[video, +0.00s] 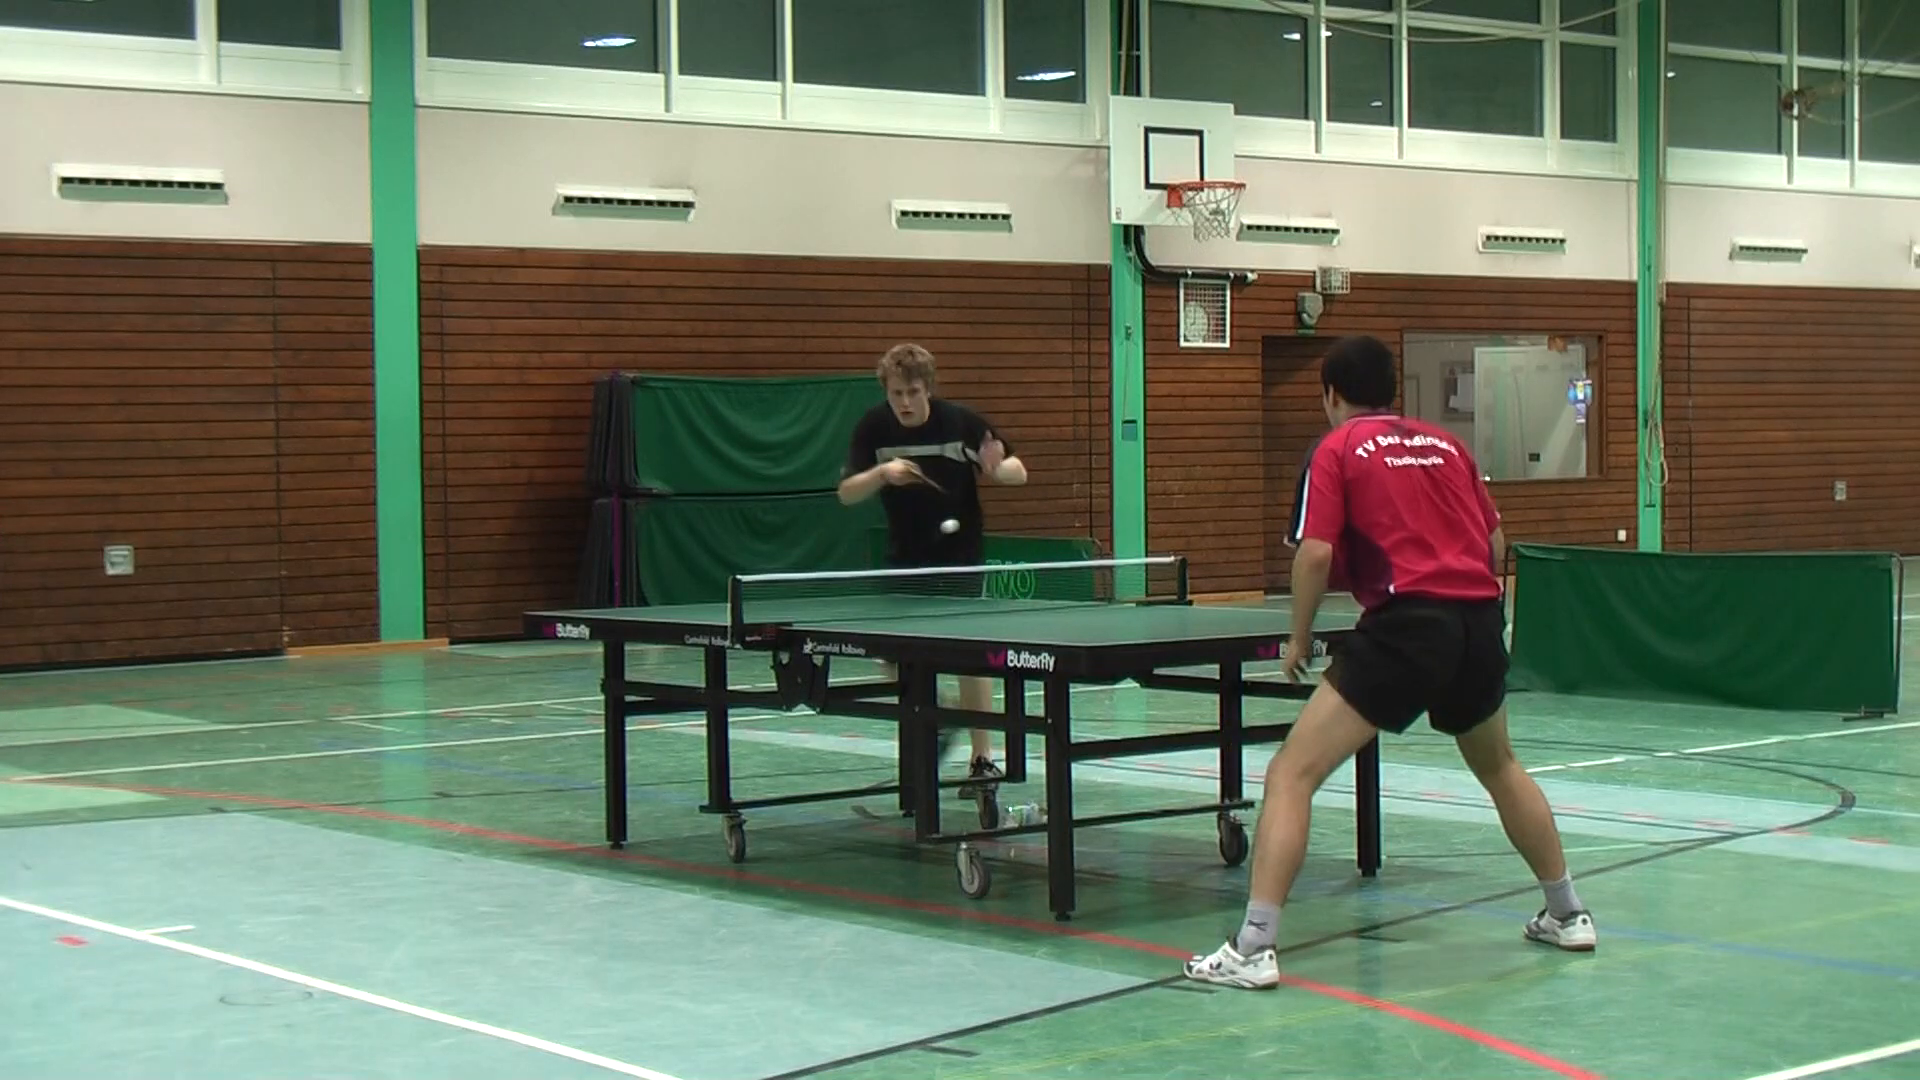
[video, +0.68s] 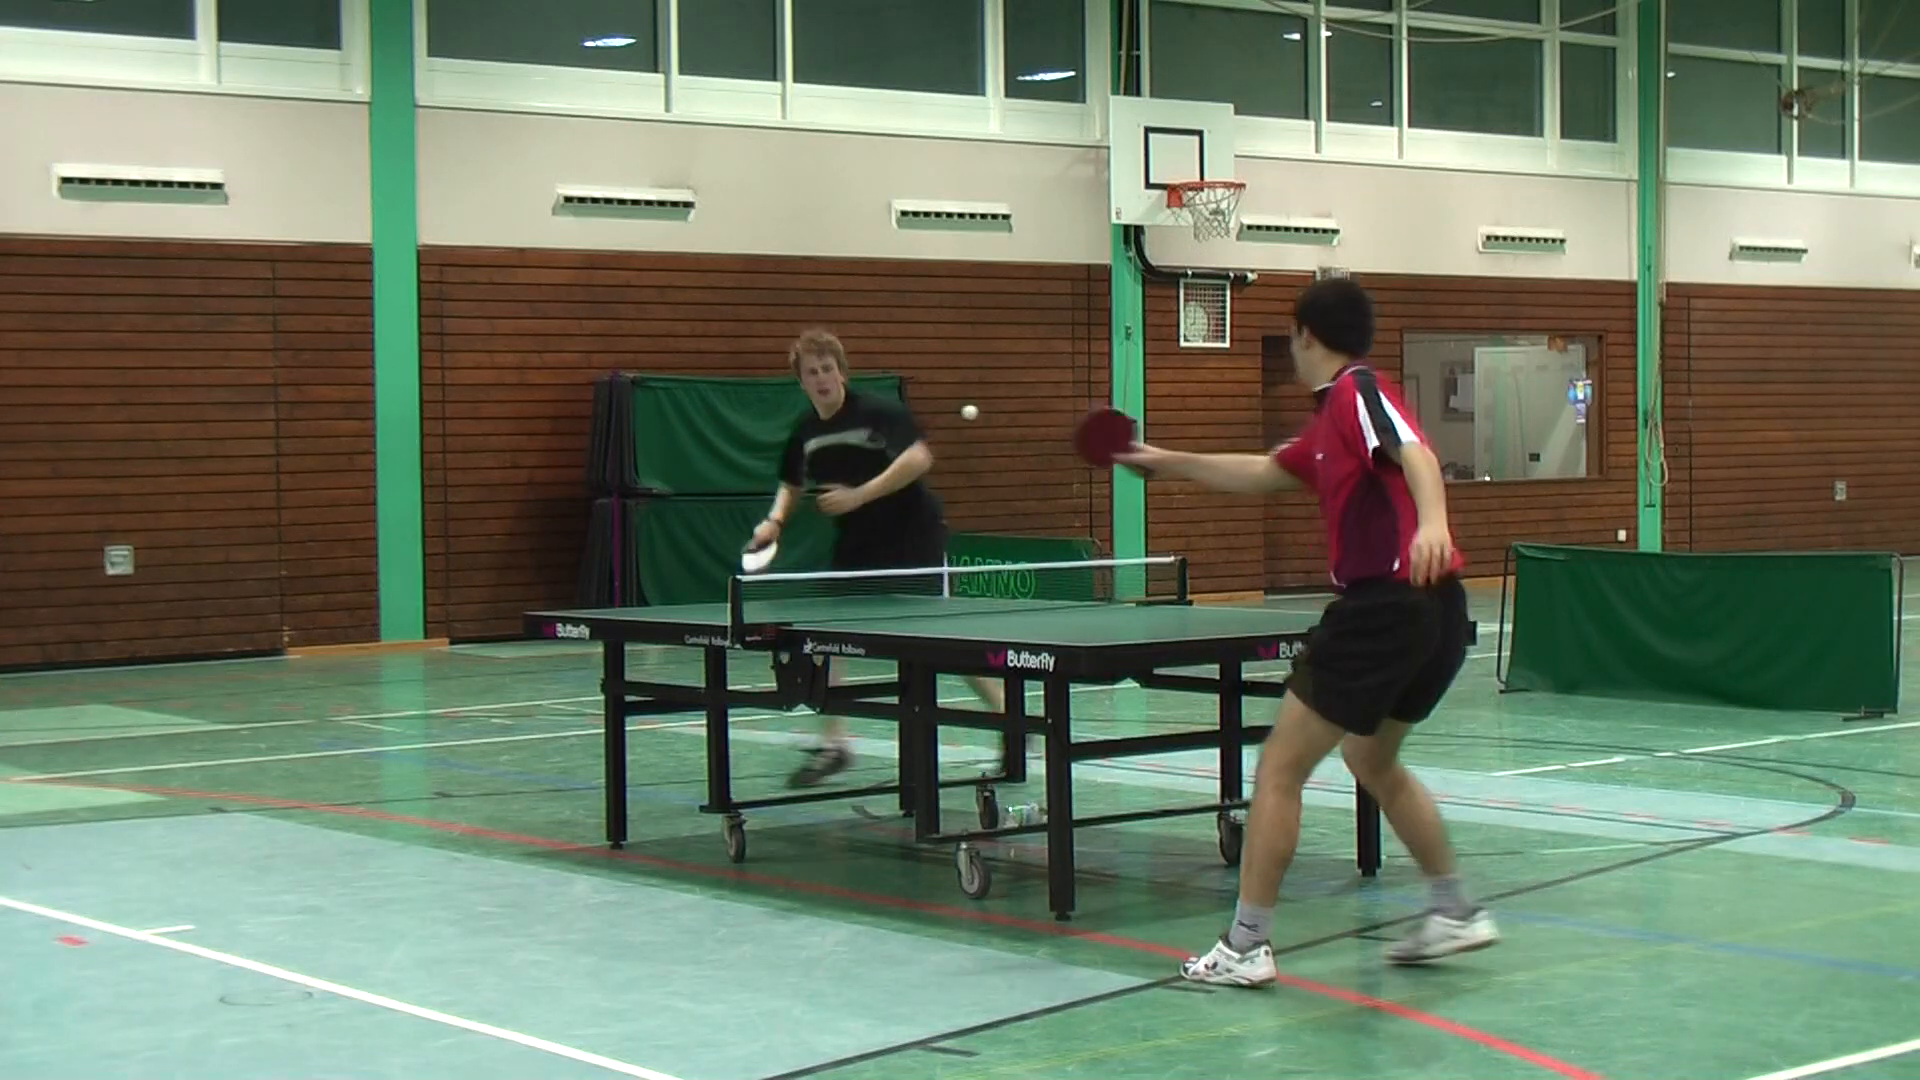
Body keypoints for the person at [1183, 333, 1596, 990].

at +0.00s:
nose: (1323, 406)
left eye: (1323, 397)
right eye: (1325, 397)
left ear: (1335, 396)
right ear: (1389, 393)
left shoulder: (1336, 449)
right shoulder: (1446, 442)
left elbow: (1316, 553)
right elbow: (1492, 542)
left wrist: (1299, 640)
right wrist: (1476, 619)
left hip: (1405, 627)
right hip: (1480, 627)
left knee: (1294, 773)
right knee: (1501, 766)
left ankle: (1253, 945)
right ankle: (1568, 913)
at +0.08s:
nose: (1320, 403)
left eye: (1319, 392)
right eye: (1322, 392)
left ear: (1331, 390)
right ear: (1386, 389)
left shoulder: (1343, 445)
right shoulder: (1445, 440)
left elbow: (1324, 553)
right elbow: (1490, 538)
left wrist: (1286, 634)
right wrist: (1467, 609)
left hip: (1404, 628)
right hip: (1479, 627)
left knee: (1290, 772)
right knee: (1500, 766)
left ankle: (1251, 943)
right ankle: (1567, 912)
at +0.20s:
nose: (1295, 411)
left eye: (1292, 398)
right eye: (1292, 400)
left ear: (1309, 391)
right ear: (1356, 385)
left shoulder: (1352, 442)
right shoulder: (1402, 435)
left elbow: (1352, 554)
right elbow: (1419, 541)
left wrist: (1287, 639)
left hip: (1412, 635)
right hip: (1475, 628)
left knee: (1288, 769)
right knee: (1484, 765)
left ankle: (1251, 945)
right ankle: (1566, 910)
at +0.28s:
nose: (1265, 402)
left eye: (1266, 388)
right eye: (1266, 389)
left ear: (1286, 389)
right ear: (1320, 384)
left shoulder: (1353, 436)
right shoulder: (1340, 448)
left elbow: (1375, 535)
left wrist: (1306, 628)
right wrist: (1248, 620)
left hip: (1411, 636)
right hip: (1457, 629)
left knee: (1283, 768)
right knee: (1474, 770)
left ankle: (1251, 947)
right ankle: (1564, 907)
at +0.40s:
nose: (1242, 393)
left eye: (1243, 378)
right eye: (1241, 379)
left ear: (1267, 373)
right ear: (1292, 373)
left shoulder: (1346, 420)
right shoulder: (1285, 464)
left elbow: (1398, 488)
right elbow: (1236, 555)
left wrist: (1361, 553)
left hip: (1392, 623)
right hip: (1424, 620)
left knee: (1275, 764)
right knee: (1452, 774)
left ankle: (1249, 948)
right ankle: (1544, 907)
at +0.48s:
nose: (1239, 376)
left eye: (1243, 362)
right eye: (1242, 362)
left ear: (1264, 361)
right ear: (1289, 361)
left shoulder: (1339, 407)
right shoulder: (1275, 455)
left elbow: (1408, 458)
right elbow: (1207, 523)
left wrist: (1393, 500)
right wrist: (1103, 535)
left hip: (1382, 616)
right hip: (1415, 614)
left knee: (1274, 761)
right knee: (1429, 773)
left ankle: (1248, 948)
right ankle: (1525, 914)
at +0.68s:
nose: (1291, 348)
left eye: (1294, 336)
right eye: (1293, 337)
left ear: (1310, 338)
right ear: (1359, 338)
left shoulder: (1357, 391)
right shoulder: (1334, 421)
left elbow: (1414, 452)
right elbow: (1257, 473)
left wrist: (1433, 522)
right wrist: (1157, 458)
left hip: (1380, 607)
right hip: (1436, 611)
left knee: (1279, 768)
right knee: (1373, 761)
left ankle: (1246, 943)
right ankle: (1455, 911)